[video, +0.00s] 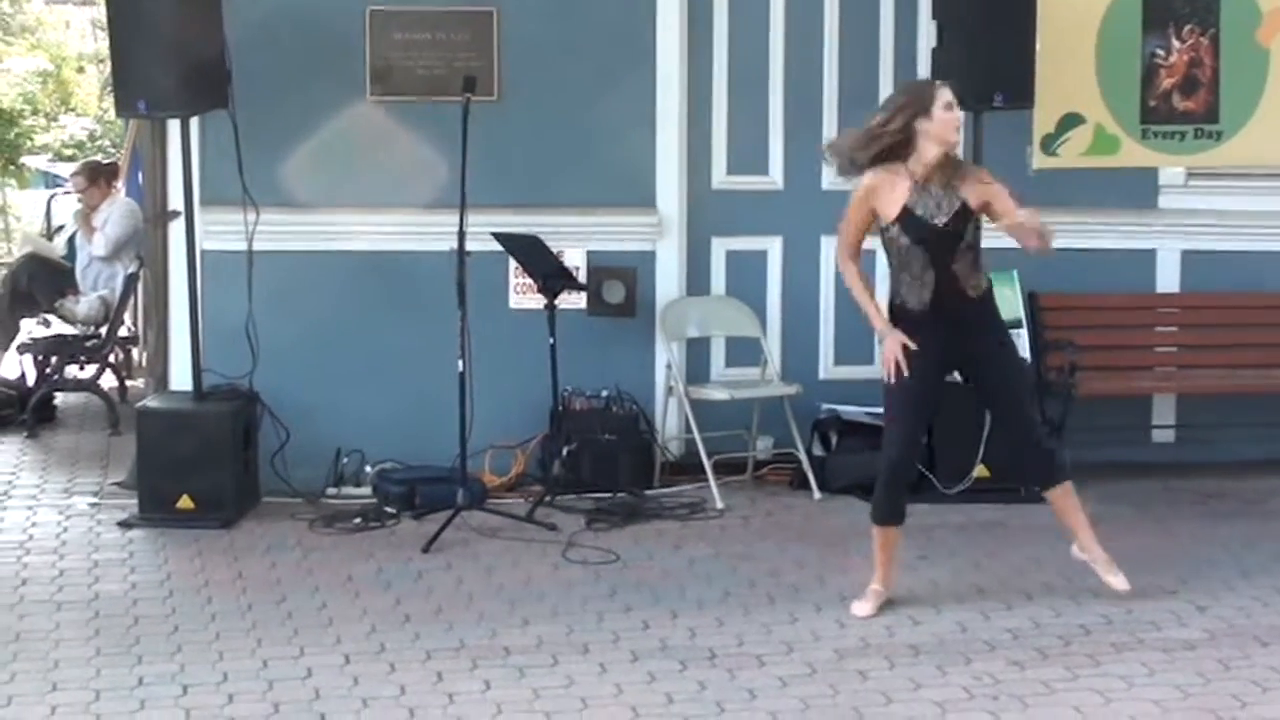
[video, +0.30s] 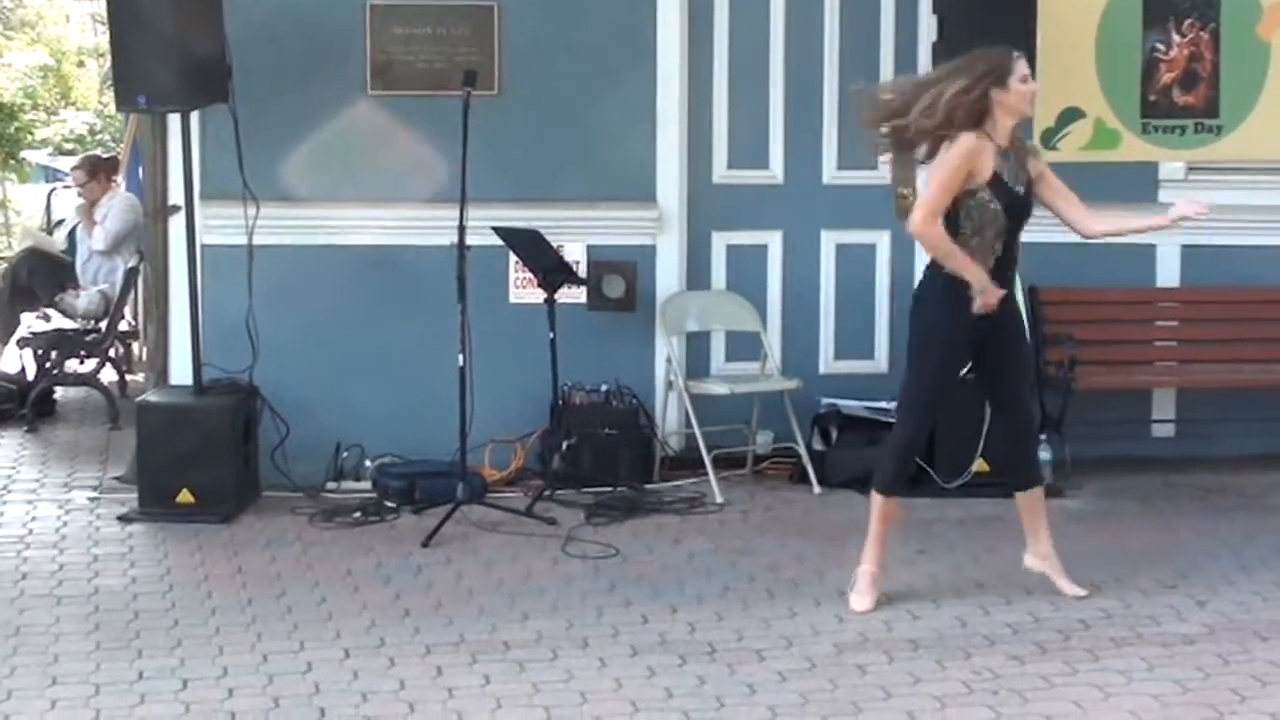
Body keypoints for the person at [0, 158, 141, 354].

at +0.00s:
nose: (79, 198)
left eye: (82, 192)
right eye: (77, 193)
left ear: (102, 185)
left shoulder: (126, 209)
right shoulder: (90, 214)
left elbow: (104, 248)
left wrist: (83, 223)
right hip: (84, 291)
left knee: (31, 265)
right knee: (14, 298)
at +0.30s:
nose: (78, 192)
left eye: (82, 186)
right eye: (76, 187)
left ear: (101, 180)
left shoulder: (126, 204)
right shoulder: (90, 209)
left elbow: (103, 242)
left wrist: (85, 217)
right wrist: (76, 284)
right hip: (84, 286)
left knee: (31, 259)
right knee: (13, 291)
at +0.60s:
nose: (76, 194)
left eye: (80, 187)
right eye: (74, 189)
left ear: (98, 181)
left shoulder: (124, 205)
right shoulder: (86, 211)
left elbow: (101, 244)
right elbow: (57, 248)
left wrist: (84, 219)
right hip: (78, 287)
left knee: (28, 261)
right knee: (12, 297)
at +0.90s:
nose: (73, 195)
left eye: (76, 189)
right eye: (70, 190)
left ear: (94, 182)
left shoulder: (121, 206)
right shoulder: (83, 210)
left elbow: (98, 245)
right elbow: (55, 247)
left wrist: (81, 221)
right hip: (76, 289)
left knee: (25, 262)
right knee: (9, 299)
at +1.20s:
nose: (74, 197)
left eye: (77, 190)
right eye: (72, 192)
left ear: (95, 184)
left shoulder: (121, 208)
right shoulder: (84, 211)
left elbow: (99, 246)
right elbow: (55, 248)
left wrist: (81, 222)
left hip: (100, 297)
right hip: (76, 287)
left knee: (26, 263)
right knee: (10, 304)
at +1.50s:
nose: (75, 197)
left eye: (78, 190)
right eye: (73, 192)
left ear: (99, 184)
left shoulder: (121, 208)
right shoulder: (83, 211)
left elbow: (98, 246)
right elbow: (56, 247)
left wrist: (82, 222)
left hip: (98, 299)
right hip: (74, 291)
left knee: (26, 264)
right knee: (9, 301)